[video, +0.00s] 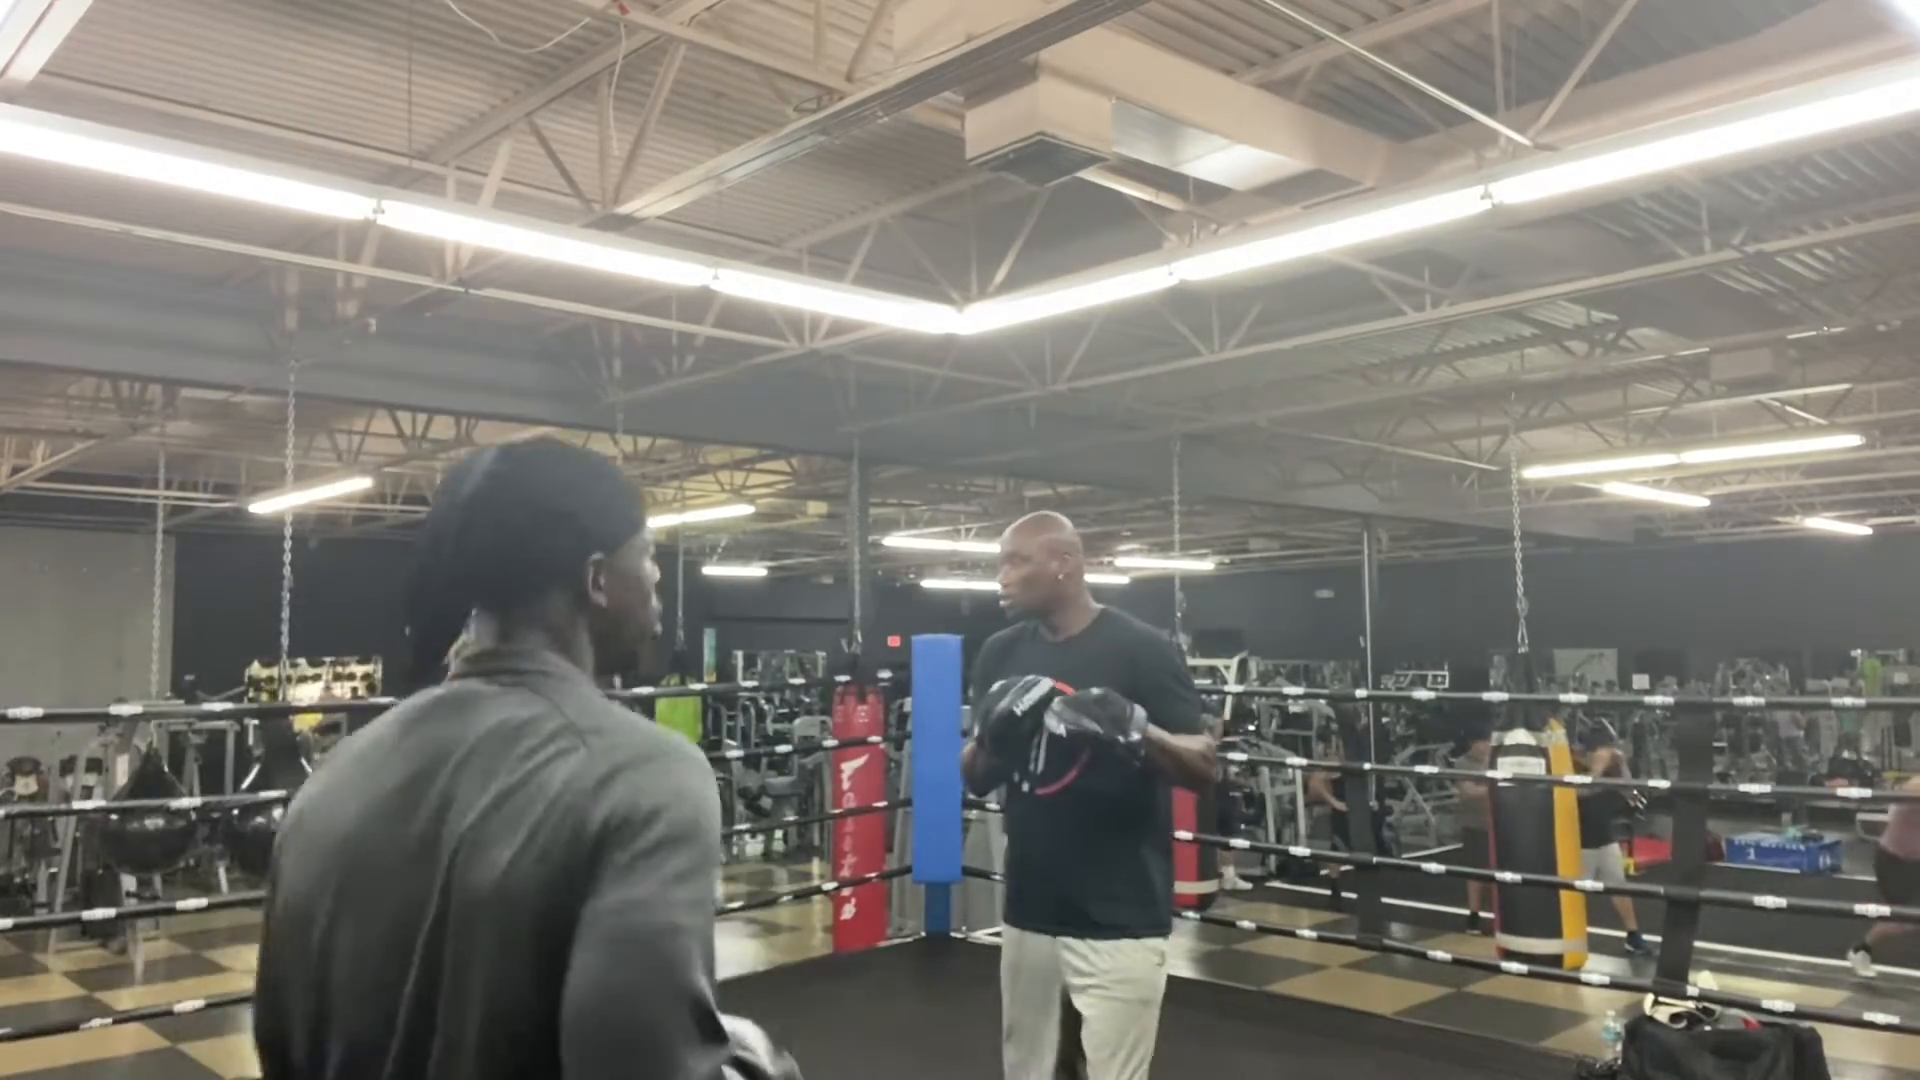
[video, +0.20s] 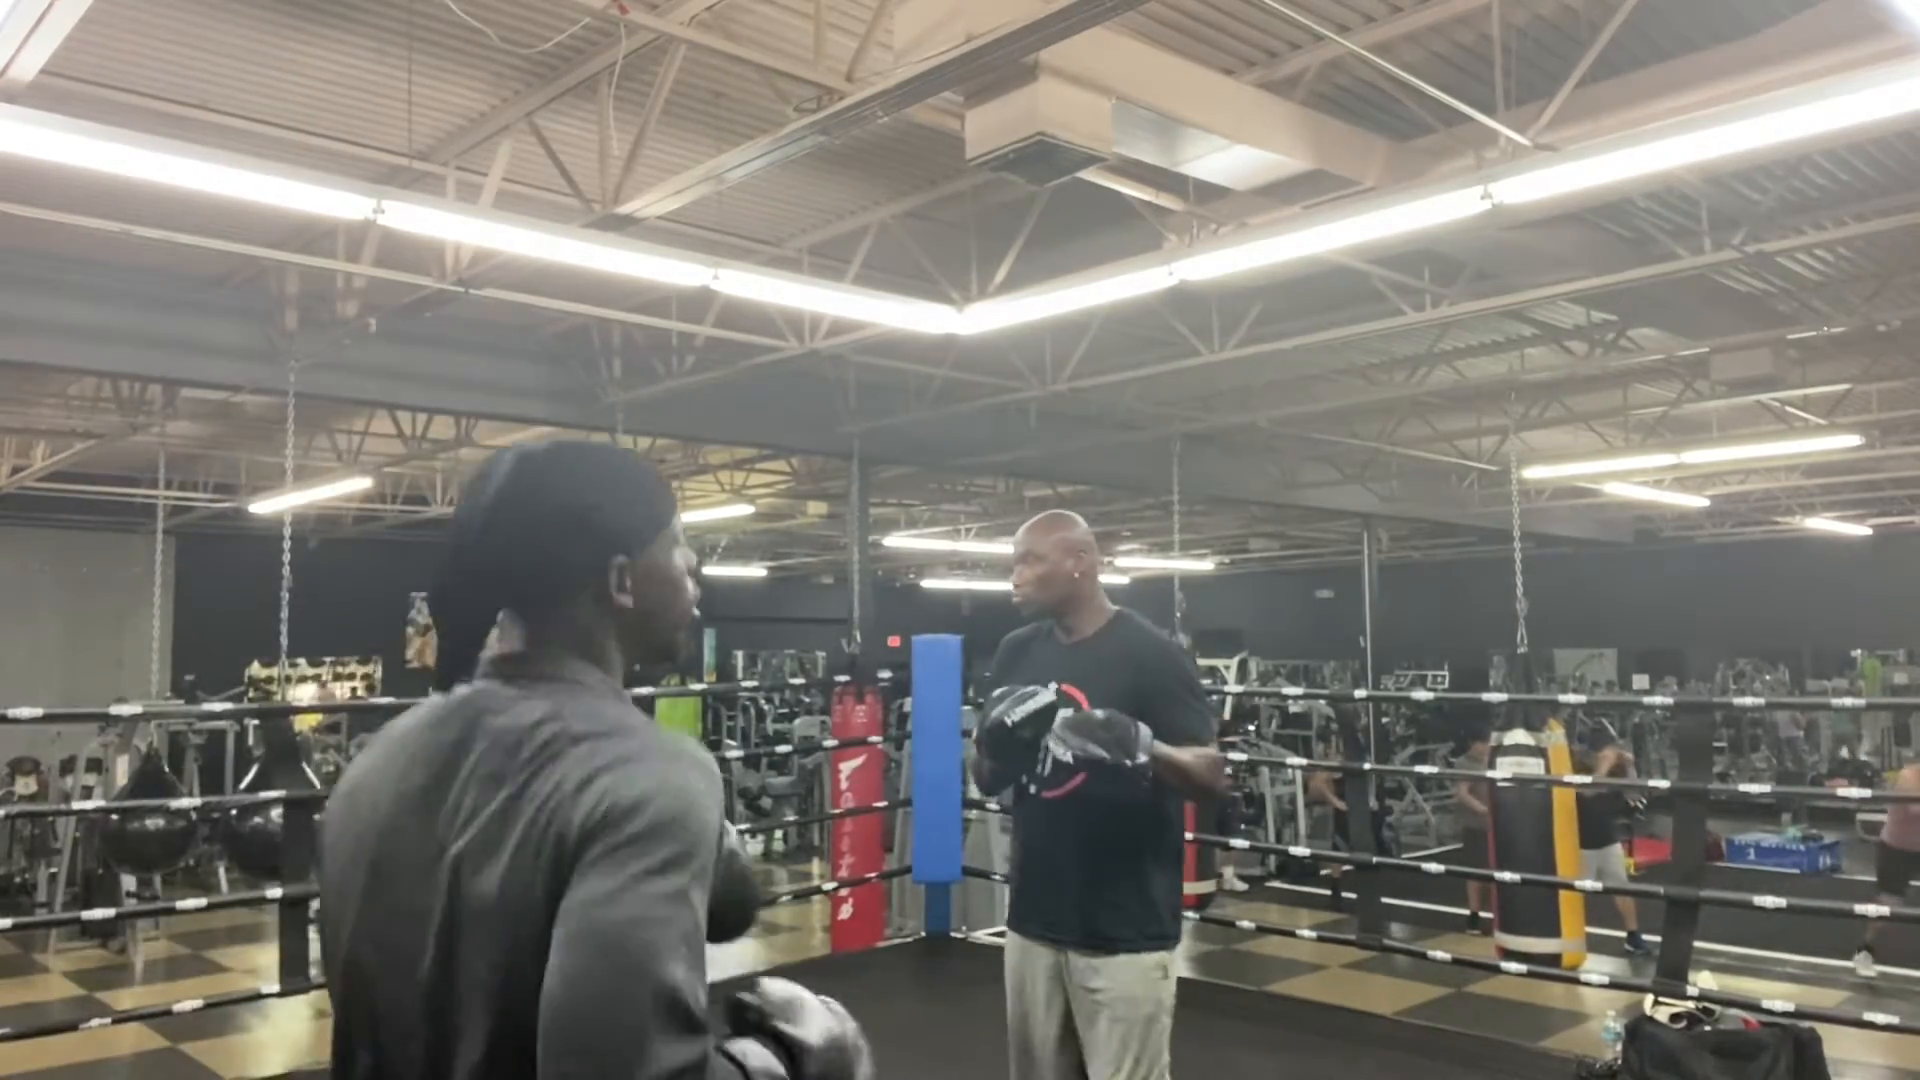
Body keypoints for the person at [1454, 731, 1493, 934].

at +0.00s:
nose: (1485, 748)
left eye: (1487, 744)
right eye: (1481, 743)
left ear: (1490, 746)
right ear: (1472, 745)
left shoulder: (1493, 764)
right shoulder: (1463, 764)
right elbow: (1467, 790)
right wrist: (1493, 789)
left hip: (1494, 823)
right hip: (1473, 824)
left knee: (1495, 870)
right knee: (1474, 870)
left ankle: (1498, 913)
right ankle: (1474, 913)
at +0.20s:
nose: (1486, 749)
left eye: (1487, 744)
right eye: (1482, 744)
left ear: (1490, 745)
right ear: (1472, 745)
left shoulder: (1492, 763)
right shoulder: (1465, 764)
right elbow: (1461, 792)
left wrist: (1495, 808)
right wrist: (1484, 809)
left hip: (1494, 825)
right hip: (1474, 825)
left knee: (1494, 871)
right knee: (1474, 871)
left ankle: (1497, 912)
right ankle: (1474, 913)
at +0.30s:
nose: (1487, 750)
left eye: (1488, 745)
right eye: (1483, 745)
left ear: (1488, 746)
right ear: (1472, 745)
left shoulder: (1491, 765)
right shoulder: (1466, 764)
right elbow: (1457, 793)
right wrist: (1480, 816)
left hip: (1494, 823)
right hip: (1476, 825)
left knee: (1494, 871)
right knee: (1475, 870)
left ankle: (1496, 911)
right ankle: (1474, 914)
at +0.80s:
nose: (1480, 755)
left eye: (1483, 751)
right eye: (1477, 750)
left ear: (1488, 752)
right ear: (1470, 750)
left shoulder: (1491, 766)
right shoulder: (1463, 765)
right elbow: (1455, 793)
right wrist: (1477, 804)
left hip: (1491, 819)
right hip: (1474, 820)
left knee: (1489, 867)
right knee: (1475, 867)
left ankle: (1488, 911)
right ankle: (1474, 913)